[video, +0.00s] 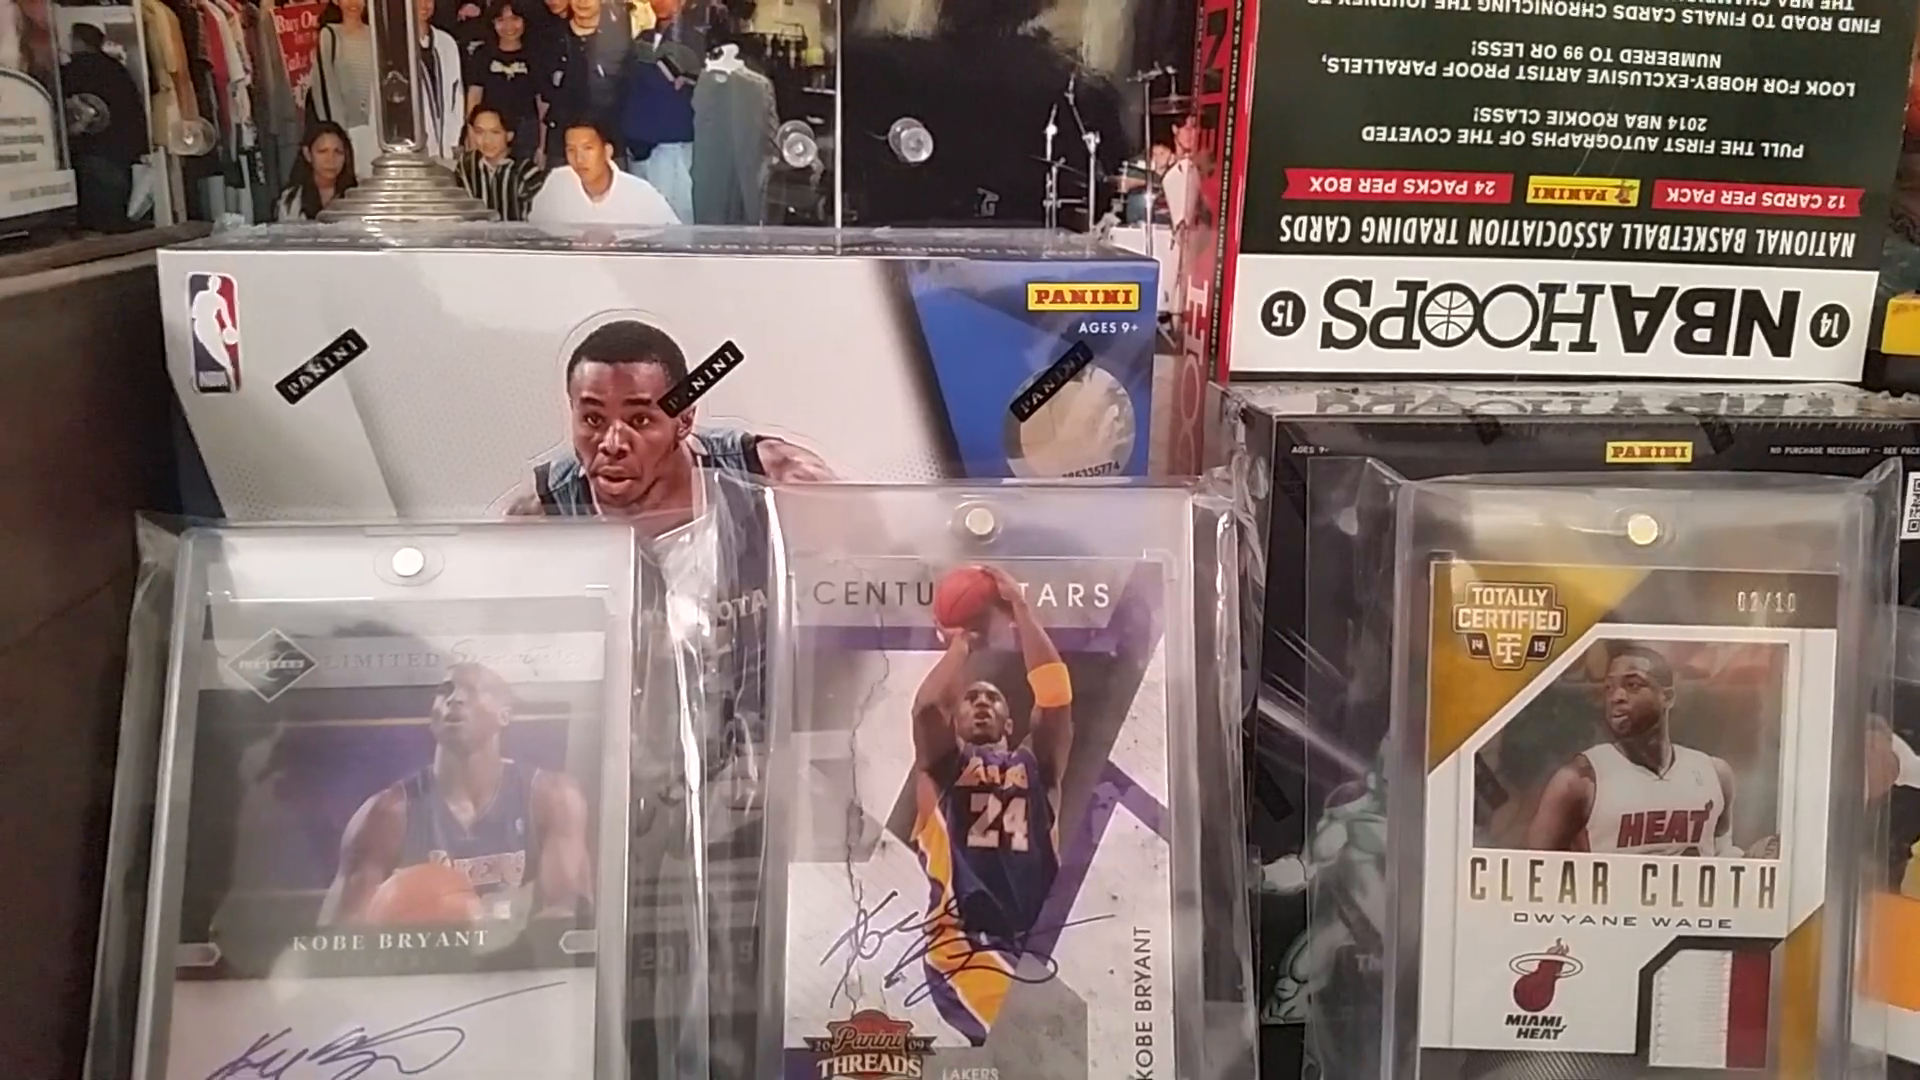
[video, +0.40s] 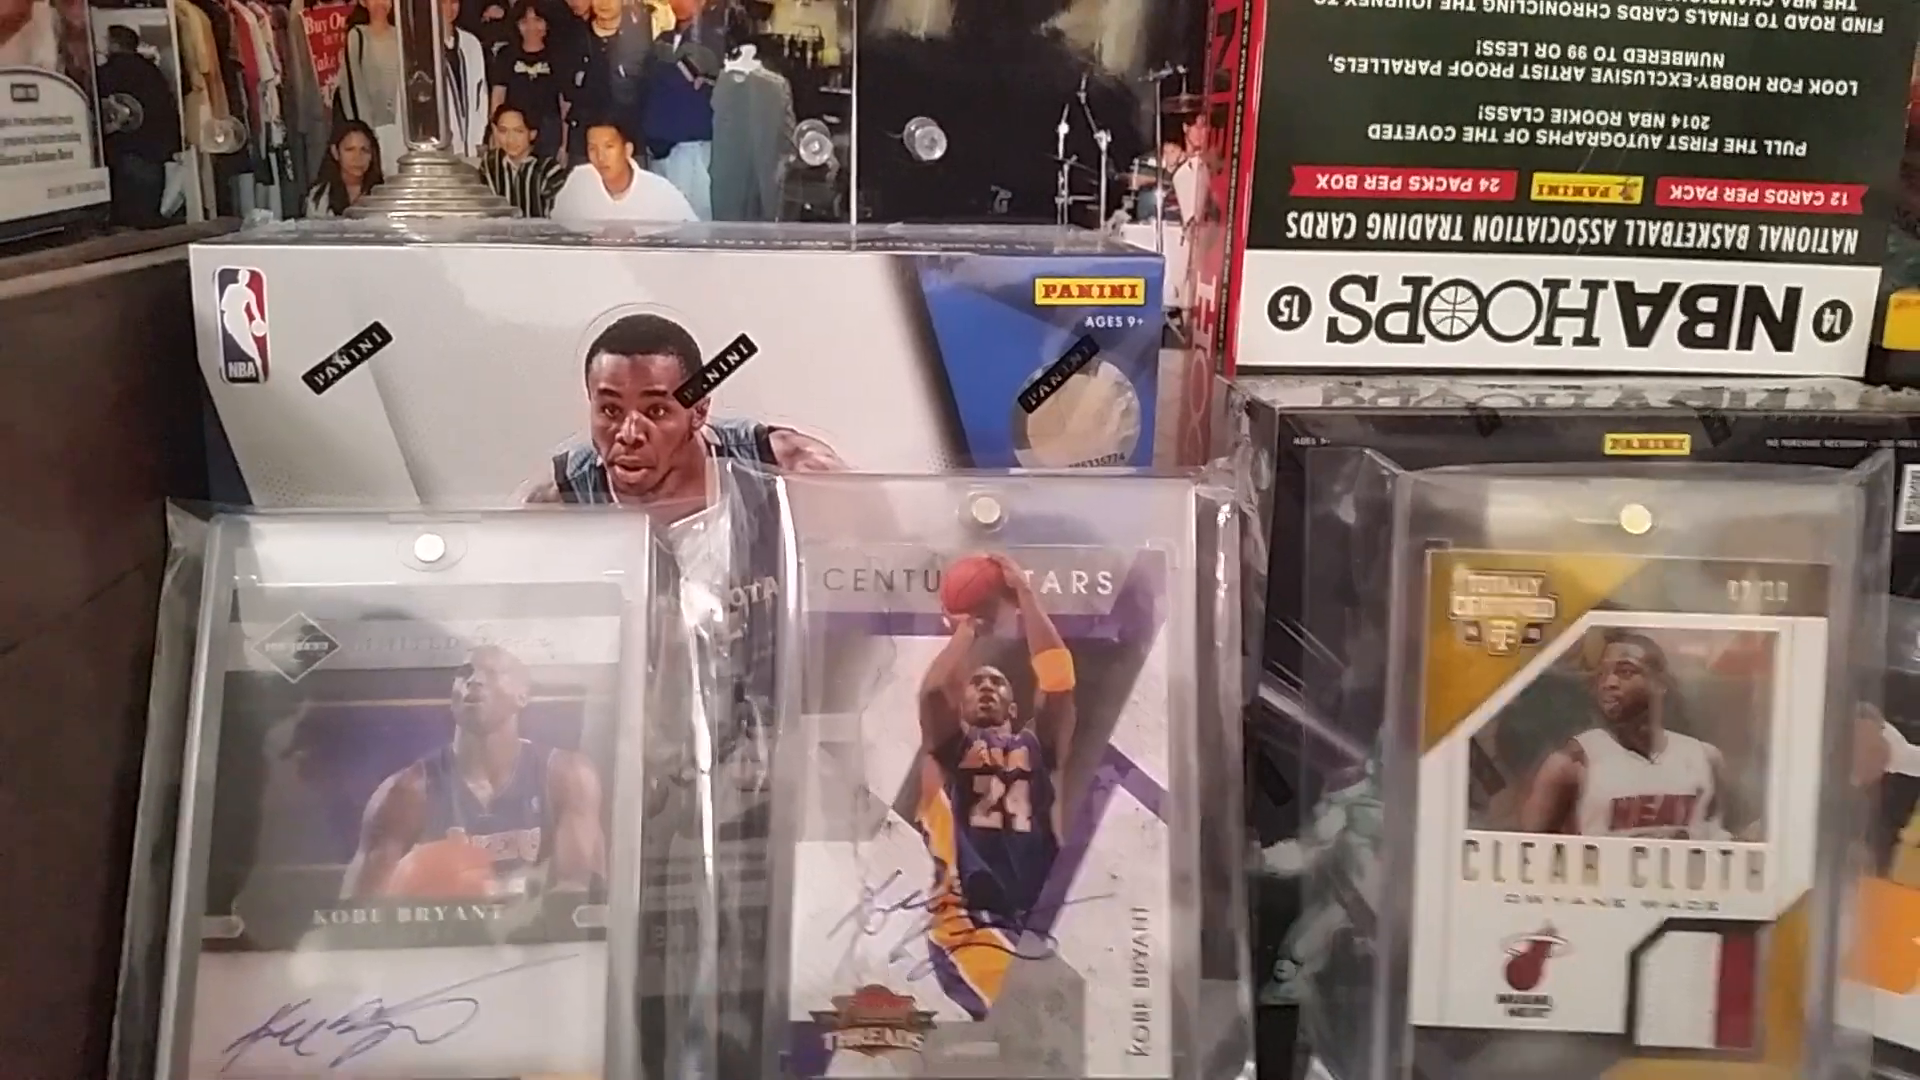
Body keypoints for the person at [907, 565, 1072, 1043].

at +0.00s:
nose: (981, 703)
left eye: (992, 698)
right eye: (971, 698)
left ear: (1010, 720)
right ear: (955, 719)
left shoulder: (1038, 763)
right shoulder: (943, 762)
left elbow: (1054, 694)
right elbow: (928, 706)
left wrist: (1020, 606)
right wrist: (961, 640)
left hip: (1032, 942)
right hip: (960, 943)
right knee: (1042, 1035)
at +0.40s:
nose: (986, 688)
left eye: (997, 683)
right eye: (975, 683)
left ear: (1014, 702)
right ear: (960, 702)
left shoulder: (1041, 746)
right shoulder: (949, 746)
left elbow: (1058, 680)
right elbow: (933, 689)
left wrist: (1025, 594)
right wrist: (970, 624)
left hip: (1035, 919)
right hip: (965, 921)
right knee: (1035, 1014)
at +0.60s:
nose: (909, 682)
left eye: (922, 672)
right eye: (898, 673)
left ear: (941, 681)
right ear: (881, 682)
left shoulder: (955, 725)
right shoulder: (876, 730)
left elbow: (979, 664)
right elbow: (858, 682)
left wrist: (947, 593)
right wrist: (893, 621)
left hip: (949, 833)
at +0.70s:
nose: (872, 675)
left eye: (884, 666)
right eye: (861, 667)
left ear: (904, 677)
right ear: (845, 677)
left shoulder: (923, 724)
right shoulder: (839, 726)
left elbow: (941, 657)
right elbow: (822, 678)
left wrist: (910, 584)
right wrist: (852, 620)